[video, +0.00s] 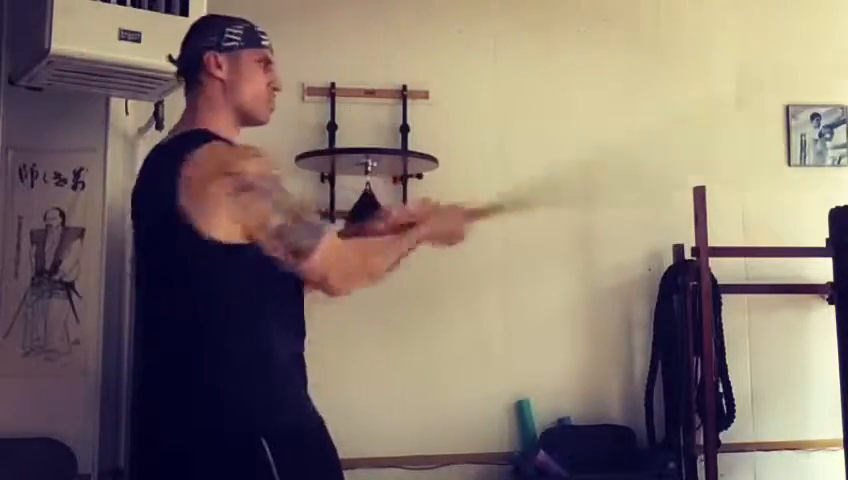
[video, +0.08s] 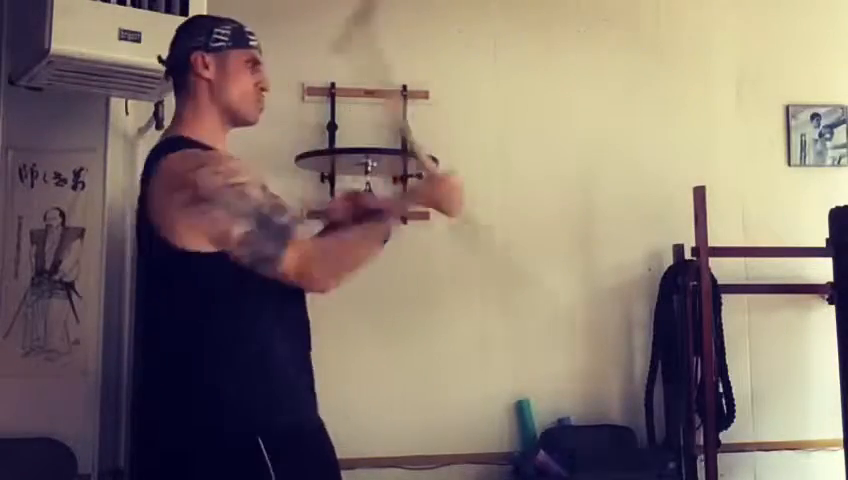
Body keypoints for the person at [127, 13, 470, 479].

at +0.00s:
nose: (276, 83)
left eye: (272, 67)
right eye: (264, 65)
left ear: (215, 67)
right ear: (216, 65)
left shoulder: (165, 164)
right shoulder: (227, 166)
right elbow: (336, 270)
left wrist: (359, 235)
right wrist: (417, 233)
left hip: (179, 424)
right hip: (253, 430)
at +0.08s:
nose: (264, 83)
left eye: (261, 68)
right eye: (251, 65)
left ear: (204, 69)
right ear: (204, 66)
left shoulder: (179, 165)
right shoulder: (198, 172)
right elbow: (314, 268)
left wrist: (327, 225)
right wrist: (398, 209)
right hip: (248, 437)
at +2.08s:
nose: (308, 134)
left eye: (313, 110)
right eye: (298, 104)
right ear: (251, 90)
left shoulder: (266, 195)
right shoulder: (187, 152)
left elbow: (318, 295)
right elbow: (290, 98)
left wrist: (291, 251)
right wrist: (367, 195)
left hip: (266, 406)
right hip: (191, 410)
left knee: (301, 471)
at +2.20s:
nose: (297, 119)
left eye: (299, 107)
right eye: (293, 102)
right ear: (254, 86)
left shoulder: (154, 170)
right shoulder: (261, 136)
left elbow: (208, 295)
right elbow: (396, 173)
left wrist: (302, 272)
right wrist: (381, 232)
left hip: (160, 422)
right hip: (249, 423)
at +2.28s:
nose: (300, 116)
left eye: (301, 101)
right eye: (295, 97)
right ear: (256, 79)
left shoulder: (141, 173)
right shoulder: (278, 144)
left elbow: (199, 274)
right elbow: (382, 188)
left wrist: (300, 269)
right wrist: (331, 231)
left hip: (160, 417)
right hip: (253, 418)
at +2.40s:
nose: (295, 106)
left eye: (296, 91)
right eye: (289, 86)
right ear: (245, 74)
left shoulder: (136, 173)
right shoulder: (271, 150)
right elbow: (376, 221)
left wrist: (289, 244)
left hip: (166, 413)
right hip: (264, 413)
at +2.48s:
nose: (290, 97)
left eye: (289, 81)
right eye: (281, 76)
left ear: (235, 72)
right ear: (236, 70)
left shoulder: (146, 168)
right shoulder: (253, 158)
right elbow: (354, 268)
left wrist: (344, 236)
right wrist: (383, 236)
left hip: (169, 419)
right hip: (262, 421)